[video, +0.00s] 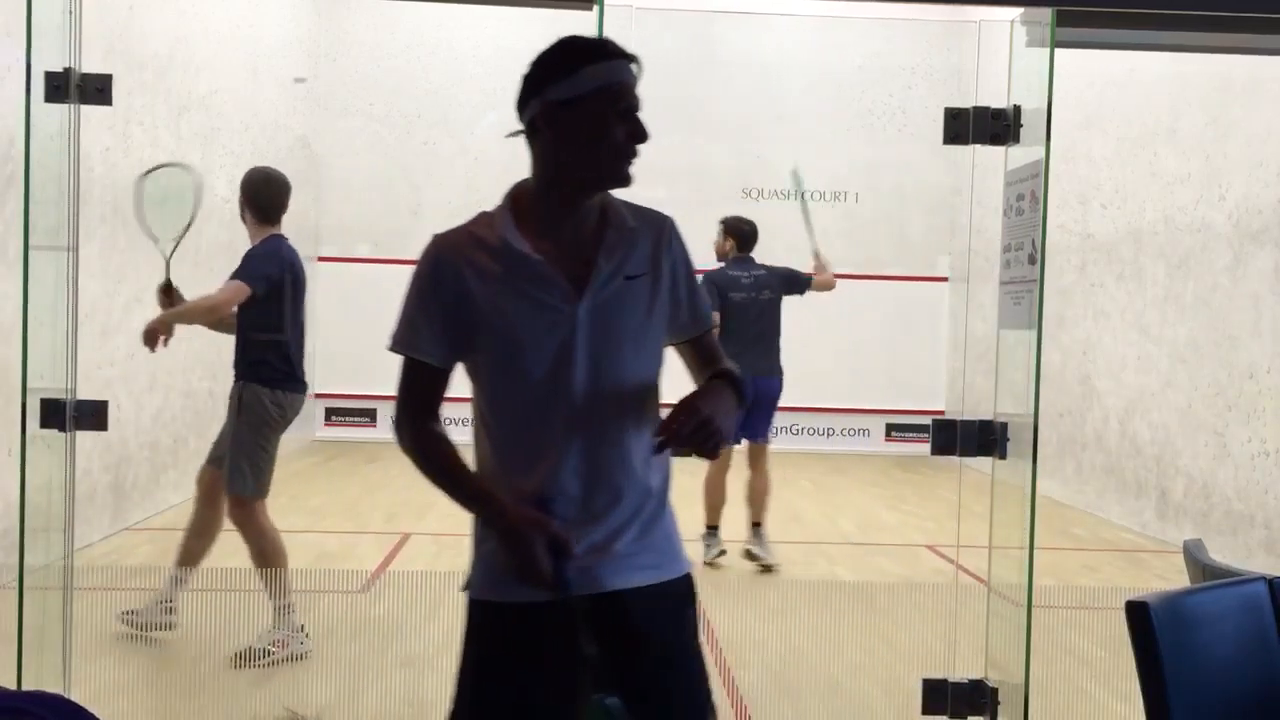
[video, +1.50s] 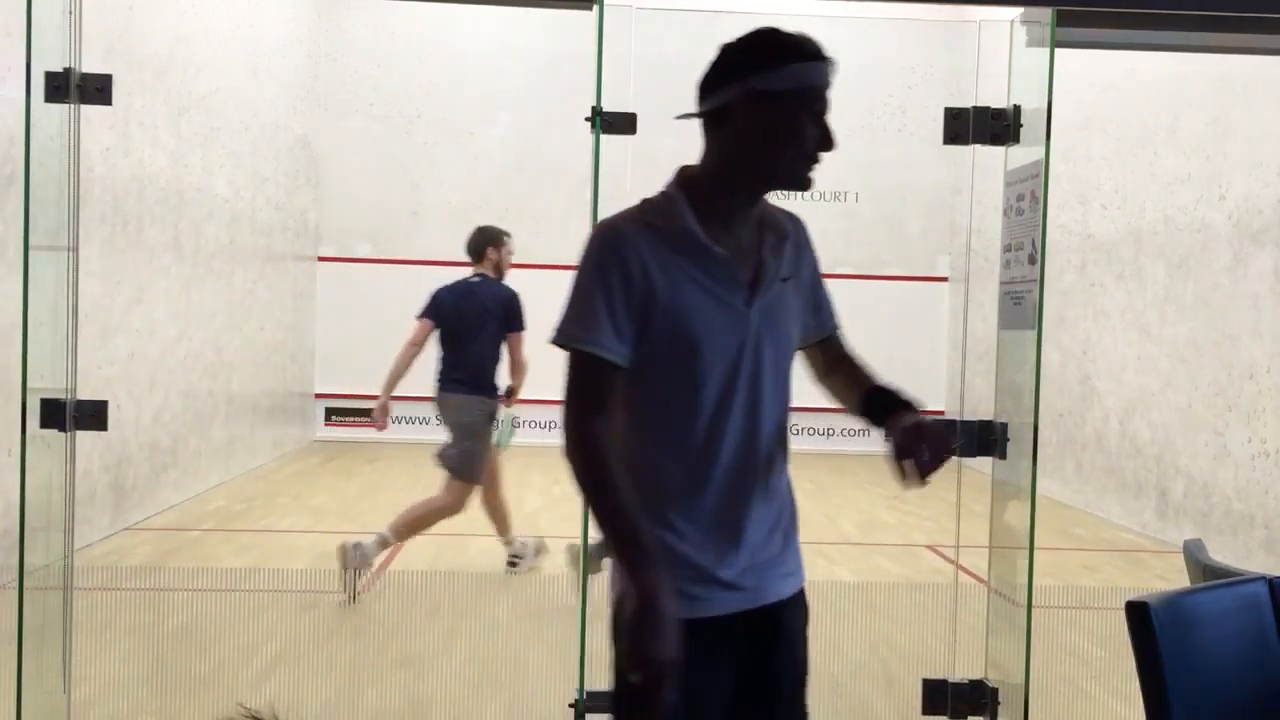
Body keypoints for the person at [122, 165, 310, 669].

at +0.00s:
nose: (238, 208)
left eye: (239, 201)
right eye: (247, 201)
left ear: (244, 205)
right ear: (284, 207)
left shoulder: (268, 254)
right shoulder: (278, 257)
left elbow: (225, 301)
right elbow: (240, 325)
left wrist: (168, 318)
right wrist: (186, 310)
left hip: (263, 394)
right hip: (264, 392)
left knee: (245, 507)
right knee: (211, 483)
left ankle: (289, 629)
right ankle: (168, 604)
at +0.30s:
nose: (205, 207)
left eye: (207, 199)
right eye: (207, 199)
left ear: (218, 205)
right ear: (242, 209)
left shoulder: (229, 261)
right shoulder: (233, 256)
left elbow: (186, 329)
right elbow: (172, 283)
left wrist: (197, 308)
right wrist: (141, 290)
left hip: (219, 390)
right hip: (223, 389)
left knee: (196, 503)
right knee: (170, 488)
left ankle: (266, 610)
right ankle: (142, 611)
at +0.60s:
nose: (224, 209)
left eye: (225, 203)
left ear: (226, 208)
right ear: (268, 214)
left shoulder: (210, 252)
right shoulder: (278, 269)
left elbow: (172, 317)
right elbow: (254, 335)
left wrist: (156, 302)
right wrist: (187, 344)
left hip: (196, 390)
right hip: (246, 399)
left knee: (158, 496)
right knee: (195, 503)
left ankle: (217, 599)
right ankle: (142, 613)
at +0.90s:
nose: (315, 241)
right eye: (318, 235)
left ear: (281, 234)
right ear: (319, 239)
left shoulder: (247, 270)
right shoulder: (326, 293)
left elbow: (208, 333)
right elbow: (321, 366)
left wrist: (244, 326)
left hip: (231, 402)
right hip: (290, 409)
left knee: (205, 505)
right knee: (308, 484)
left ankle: (212, 618)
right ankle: (264, 578)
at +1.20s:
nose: (413, 262)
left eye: (410, 255)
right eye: (412, 256)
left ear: (376, 257)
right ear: (407, 260)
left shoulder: (348, 292)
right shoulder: (412, 306)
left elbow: (313, 348)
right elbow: (440, 370)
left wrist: (330, 387)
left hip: (324, 407)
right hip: (369, 412)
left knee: (312, 505)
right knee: (385, 500)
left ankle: (239, 552)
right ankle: (325, 582)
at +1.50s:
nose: (511, 259)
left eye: (510, 252)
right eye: (508, 252)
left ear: (479, 256)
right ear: (491, 254)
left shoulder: (446, 294)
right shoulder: (505, 297)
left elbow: (413, 345)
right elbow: (517, 360)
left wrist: (384, 396)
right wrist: (514, 389)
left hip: (449, 399)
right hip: (477, 404)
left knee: (490, 473)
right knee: (453, 501)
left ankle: (514, 548)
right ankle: (367, 550)